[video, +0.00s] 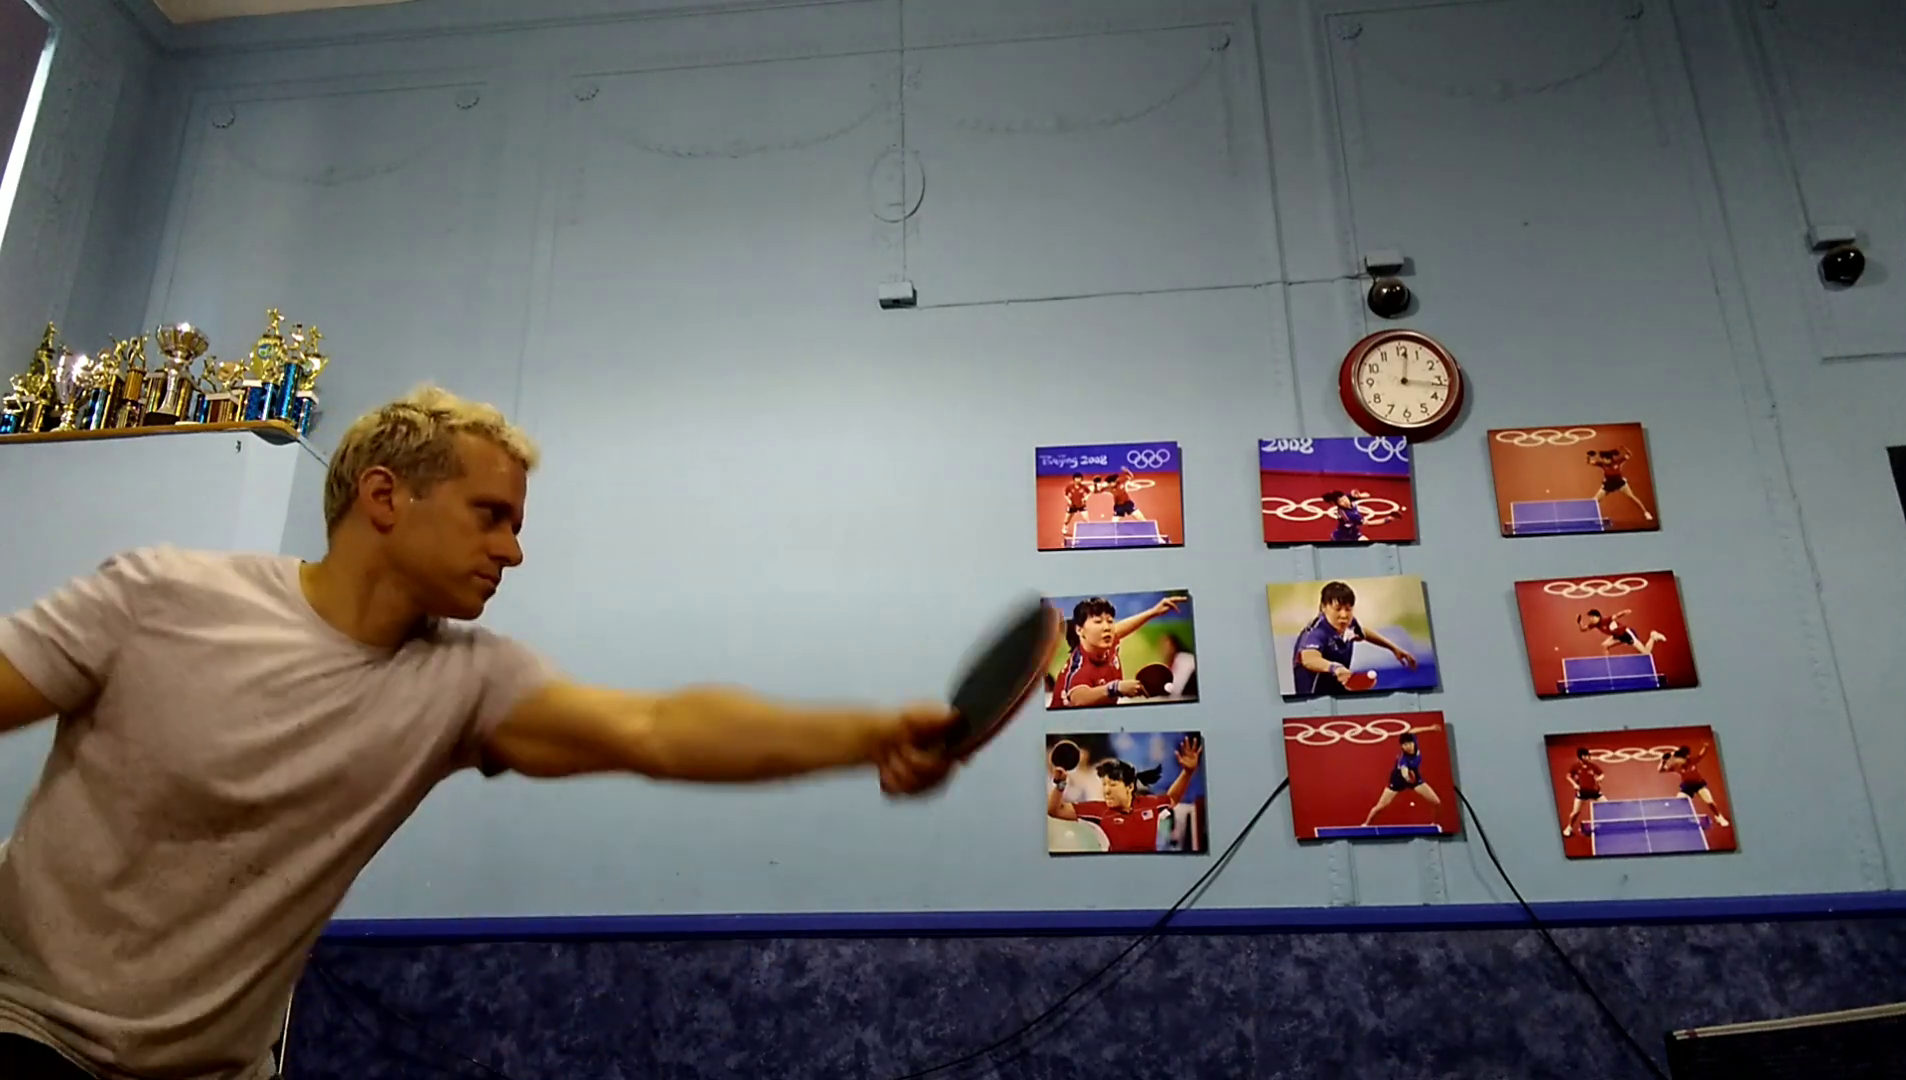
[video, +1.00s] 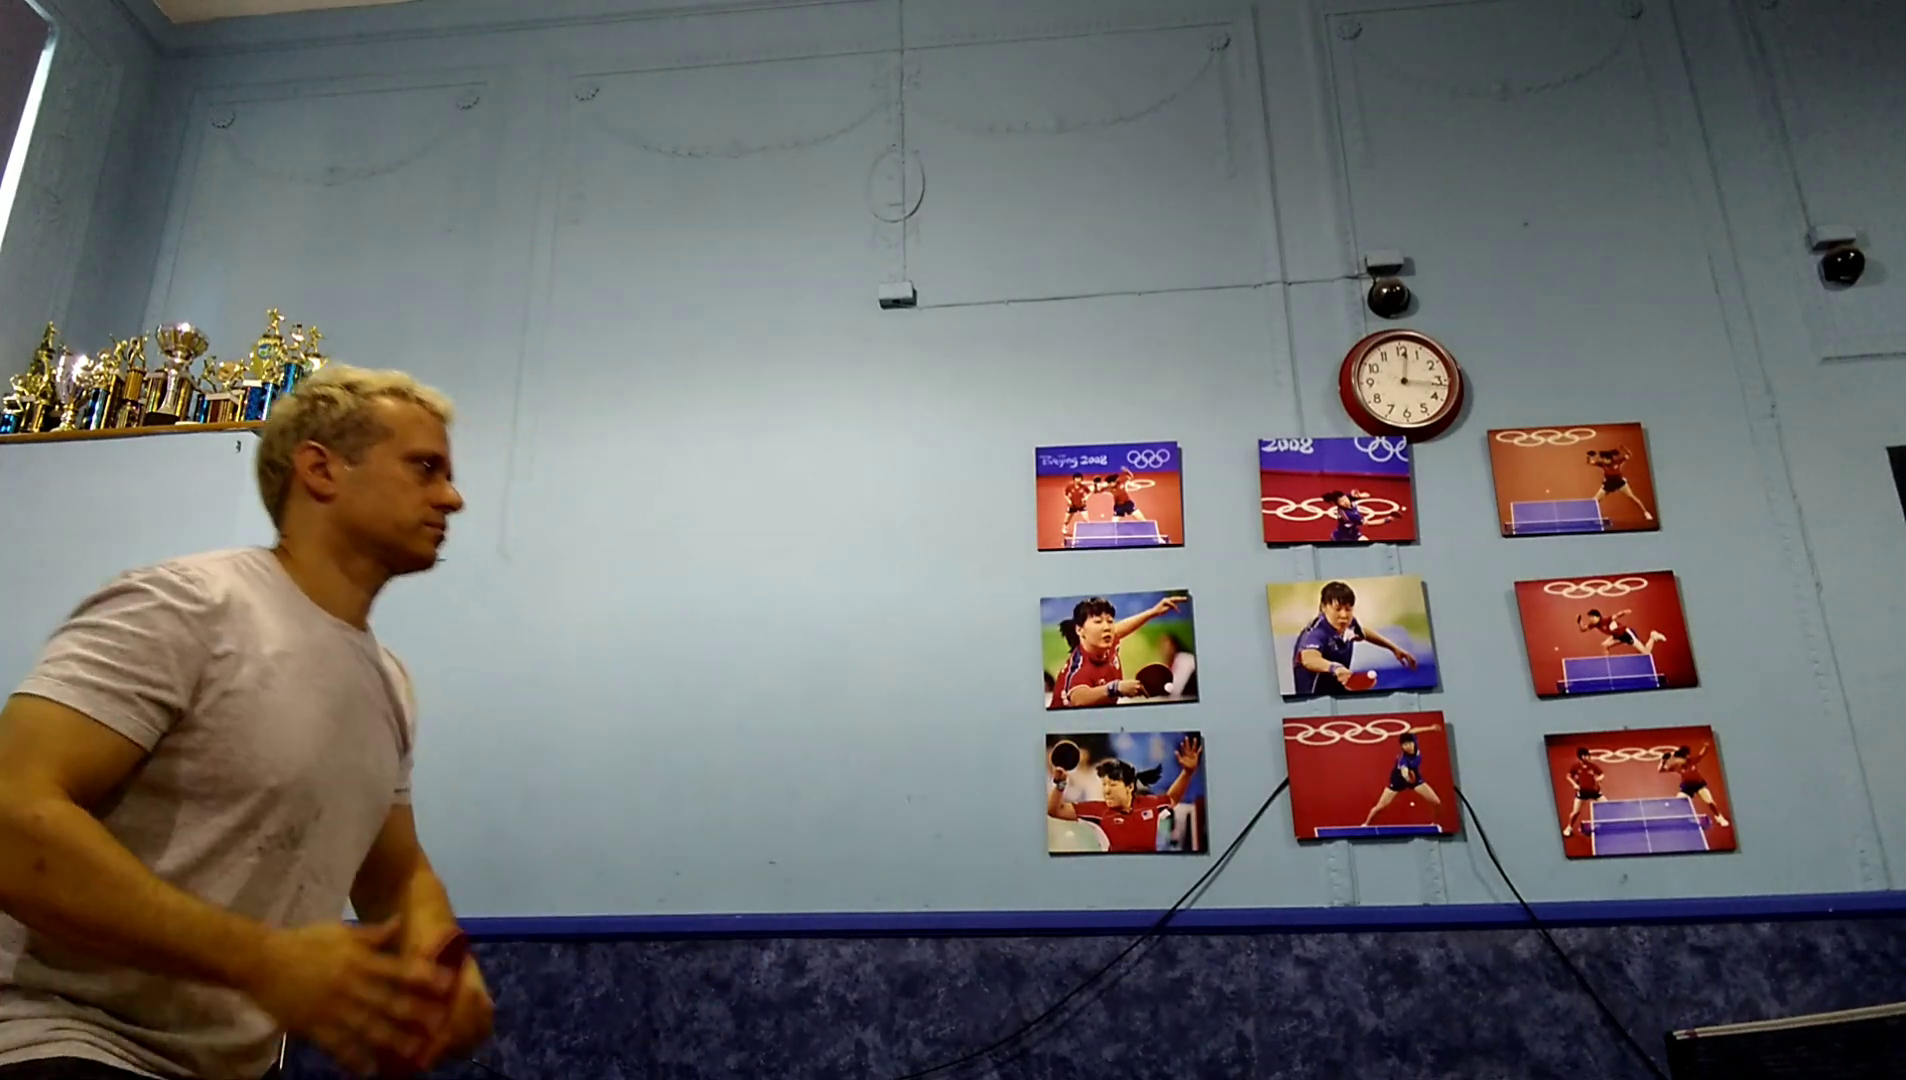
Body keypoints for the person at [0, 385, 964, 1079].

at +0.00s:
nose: (512, 549)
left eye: (516, 524)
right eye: (490, 515)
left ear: (415, 517)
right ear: (381, 499)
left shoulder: (465, 682)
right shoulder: (155, 597)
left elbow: (659, 730)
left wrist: (872, 736)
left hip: (222, 1060)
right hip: (34, 1018)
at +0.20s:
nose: (503, 541)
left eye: (504, 516)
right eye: (479, 506)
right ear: (373, 494)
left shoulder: (454, 692)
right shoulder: (147, 601)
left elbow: (612, 855)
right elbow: (2, 704)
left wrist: (617, 813)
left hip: (227, 1061)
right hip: (45, 1017)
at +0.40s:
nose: (514, 555)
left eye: (511, 532)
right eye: (489, 523)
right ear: (381, 516)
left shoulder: (440, 728)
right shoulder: (190, 635)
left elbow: (412, 940)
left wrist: (384, 1066)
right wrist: (37, 1028)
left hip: (225, 1065)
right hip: (48, 1048)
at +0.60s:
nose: (521, 556)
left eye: (518, 533)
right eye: (496, 525)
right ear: (391, 521)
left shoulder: (422, 724)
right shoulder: (233, 638)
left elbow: (365, 901)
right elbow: (6, 812)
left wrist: (355, 1064)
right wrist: (140, 1054)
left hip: (239, 1064)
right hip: (59, 1045)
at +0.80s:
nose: (490, 522)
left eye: (487, 501)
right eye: (465, 493)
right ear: (362, 491)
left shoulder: (407, 701)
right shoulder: (222, 617)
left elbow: (378, 887)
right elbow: (18, 809)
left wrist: (429, 1013)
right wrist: (202, 1015)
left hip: (251, 1058)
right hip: (81, 1030)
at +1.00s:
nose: (452, 498)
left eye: (447, 477)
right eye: (425, 468)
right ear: (319, 470)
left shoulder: (386, 685)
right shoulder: (186, 604)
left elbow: (397, 877)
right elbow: (14, 813)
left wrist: (431, 955)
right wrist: (266, 962)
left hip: (244, 1058)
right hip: (75, 1029)